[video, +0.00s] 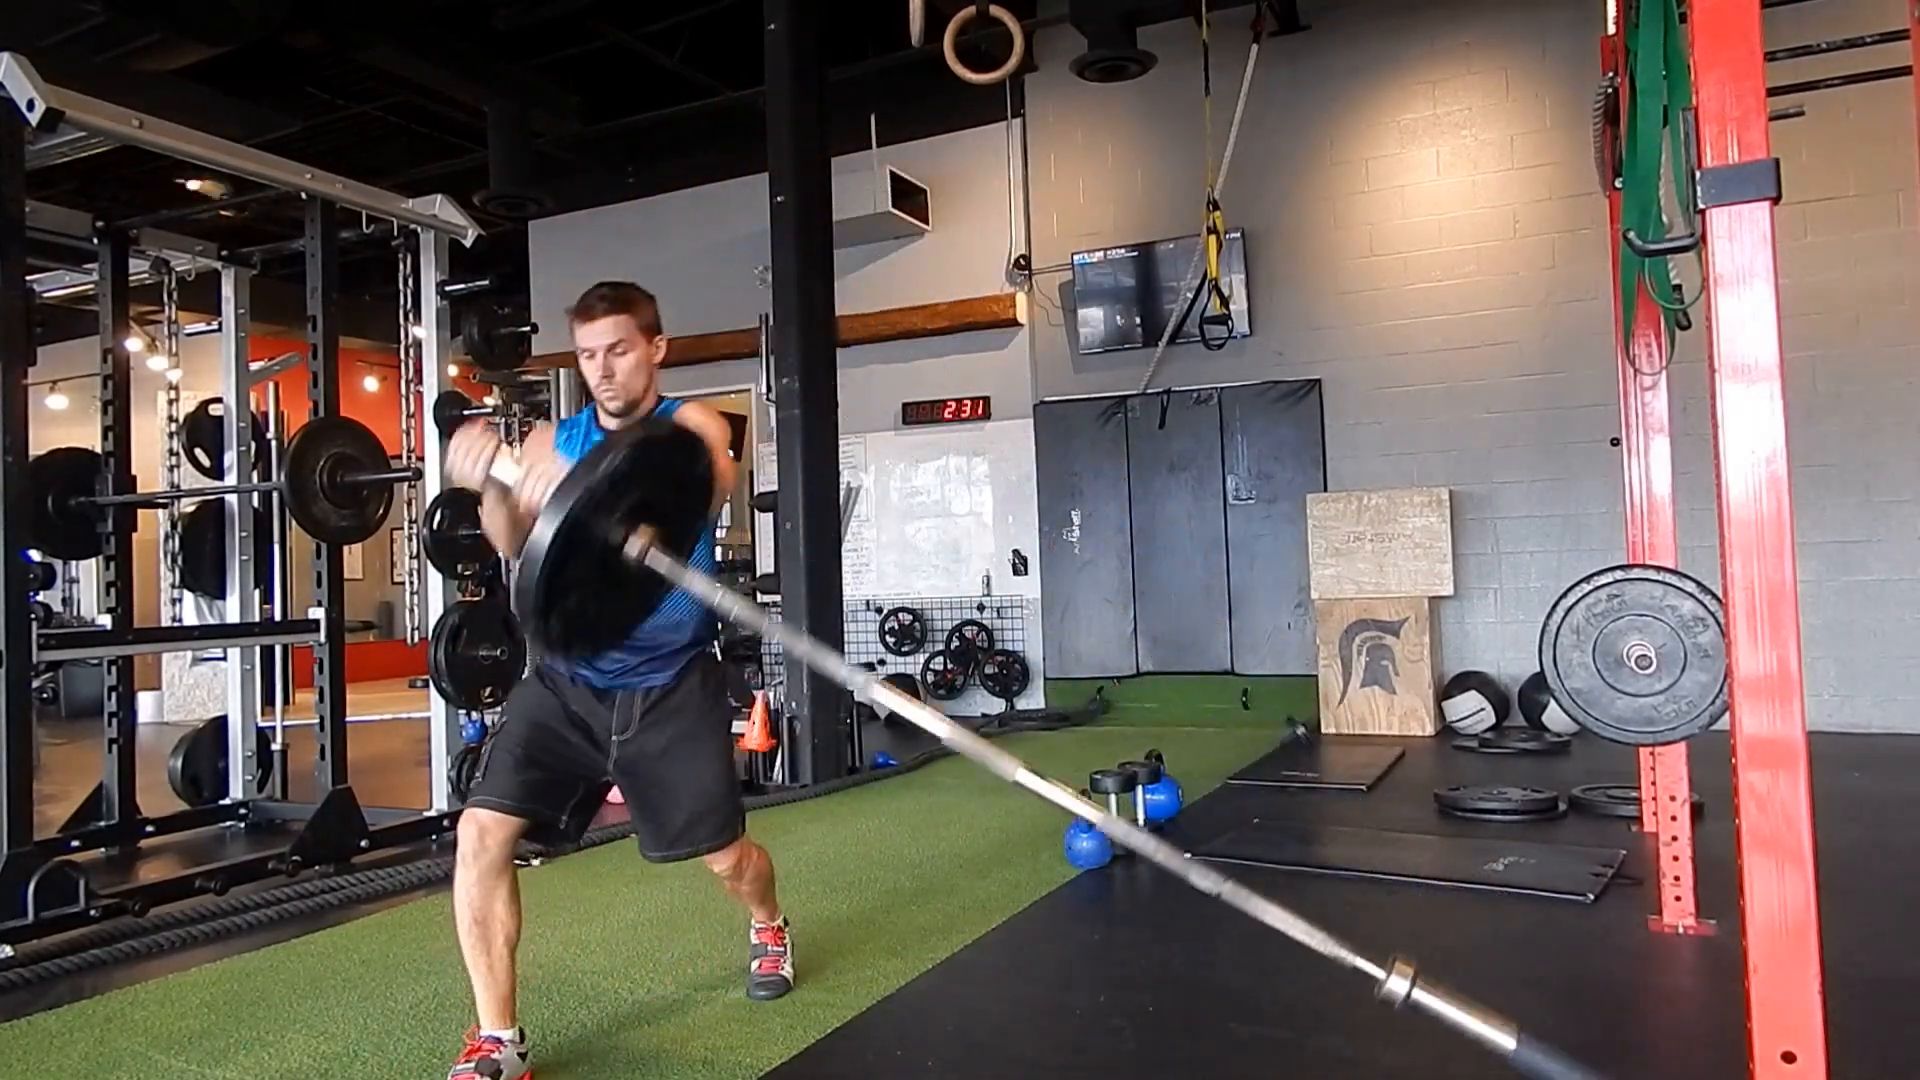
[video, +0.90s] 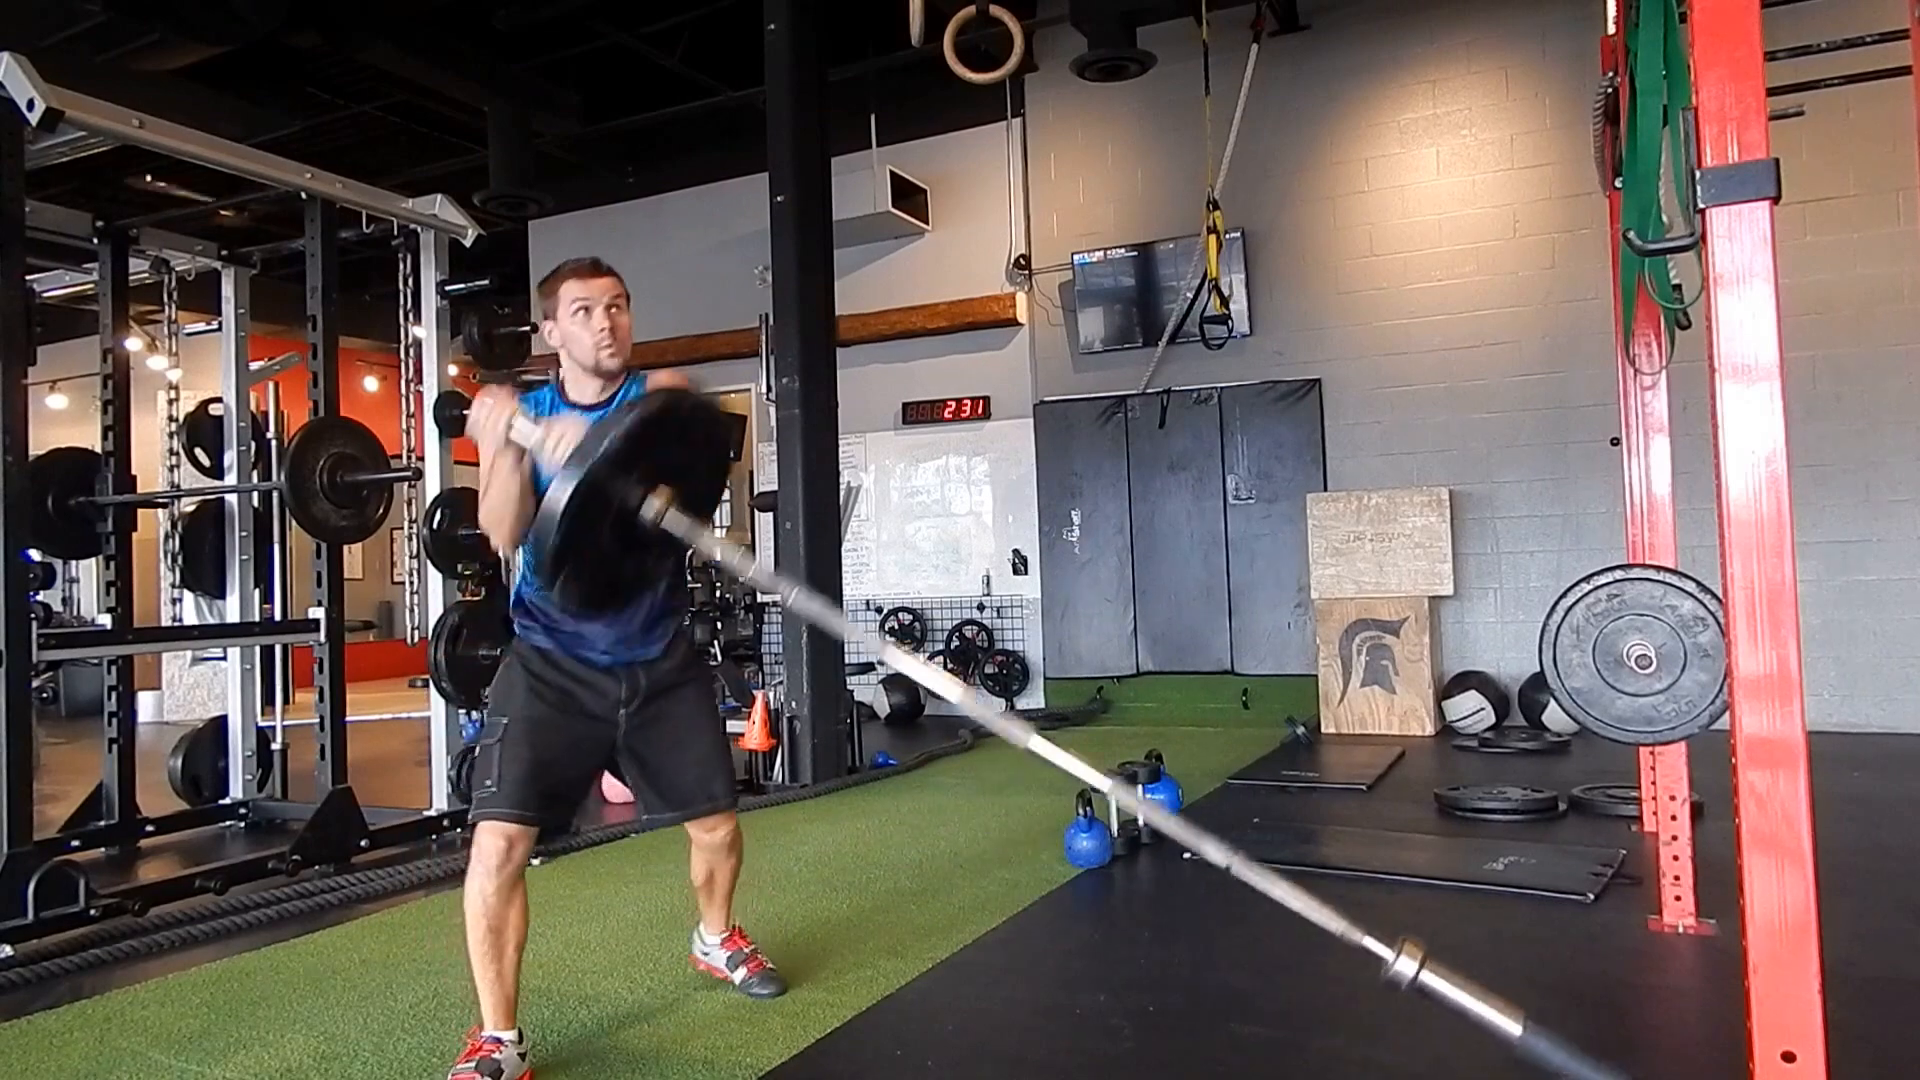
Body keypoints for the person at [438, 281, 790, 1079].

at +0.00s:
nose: (602, 371)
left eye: (617, 352)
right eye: (589, 357)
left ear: (657, 350)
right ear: (578, 361)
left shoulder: (700, 429)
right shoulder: (550, 441)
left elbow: (683, 515)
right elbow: (511, 547)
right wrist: (487, 486)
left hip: (673, 679)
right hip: (562, 678)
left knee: (727, 857)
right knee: (482, 831)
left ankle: (769, 925)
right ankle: (497, 1037)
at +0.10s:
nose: (567, 386)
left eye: (583, 367)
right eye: (555, 372)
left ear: (628, 364)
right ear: (544, 377)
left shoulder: (672, 441)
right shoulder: (534, 458)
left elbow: (654, 558)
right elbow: (511, 575)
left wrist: (542, 578)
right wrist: (453, 568)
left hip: (657, 692)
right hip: (552, 692)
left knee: (719, 865)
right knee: (470, 836)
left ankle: (774, 924)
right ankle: (493, 1035)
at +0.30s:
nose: (511, 421)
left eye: (526, 402)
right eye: (500, 406)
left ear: (576, 391)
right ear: (492, 405)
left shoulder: (625, 466)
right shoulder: (502, 492)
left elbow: (631, 591)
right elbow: (508, 611)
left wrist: (530, 685)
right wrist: (479, 682)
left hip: (643, 694)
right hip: (544, 695)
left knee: (711, 893)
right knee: (443, 852)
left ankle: (769, 917)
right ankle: (490, 1039)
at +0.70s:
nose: (529, 394)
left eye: (543, 374)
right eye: (513, 382)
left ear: (585, 373)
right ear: (502, 394)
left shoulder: (631, 453)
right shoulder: (496, 484)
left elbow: (646, 570)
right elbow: (504, 594)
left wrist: (535, 646)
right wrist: (472, 644)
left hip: (640, 681)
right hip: (538, 689)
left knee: (719, 873)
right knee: (456, 853)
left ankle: (765, 927)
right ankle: (494, 1039)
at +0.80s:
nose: (575, 352)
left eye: (587, 334)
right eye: (554, 342)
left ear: (613, 344)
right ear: (532, 363)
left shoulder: (654, 421)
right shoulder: (502, 451)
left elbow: (671, 521)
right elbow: (498, 568)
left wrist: (560, 551)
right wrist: (459, 556)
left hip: (648, 666)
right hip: (540, 681)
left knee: (720, 844)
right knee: (477, 848)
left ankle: (745, 931)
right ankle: (496, 1037)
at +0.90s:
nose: (606, 322)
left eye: (615, 307)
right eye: (584, 311)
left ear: (632, 321)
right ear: (550, 333)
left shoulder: (664, 395)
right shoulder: (512, 414)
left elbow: (691, 488)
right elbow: (501, 537)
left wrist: (605, 435)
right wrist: (512, 453)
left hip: (662, 658)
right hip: (551, 664)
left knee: (717, 825)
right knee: (499, 842)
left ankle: (716, 938)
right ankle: (497, 1035)